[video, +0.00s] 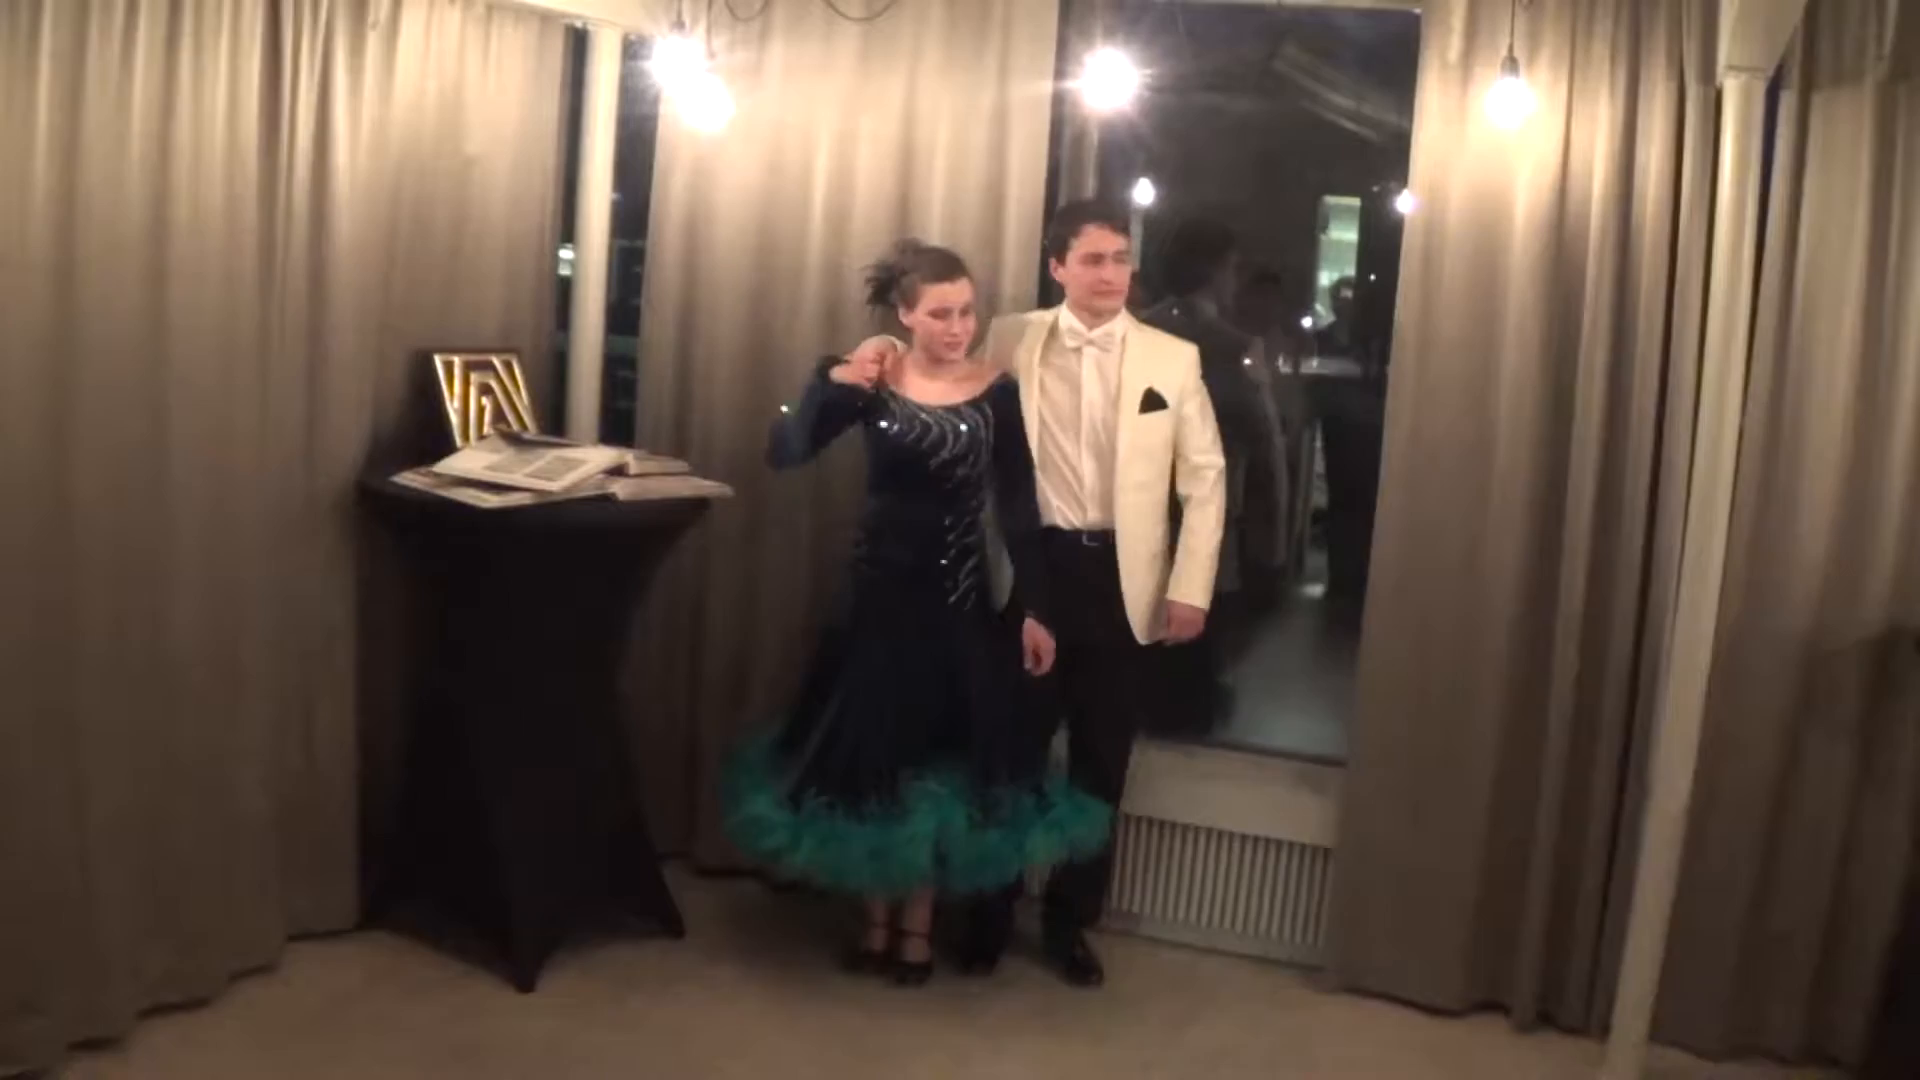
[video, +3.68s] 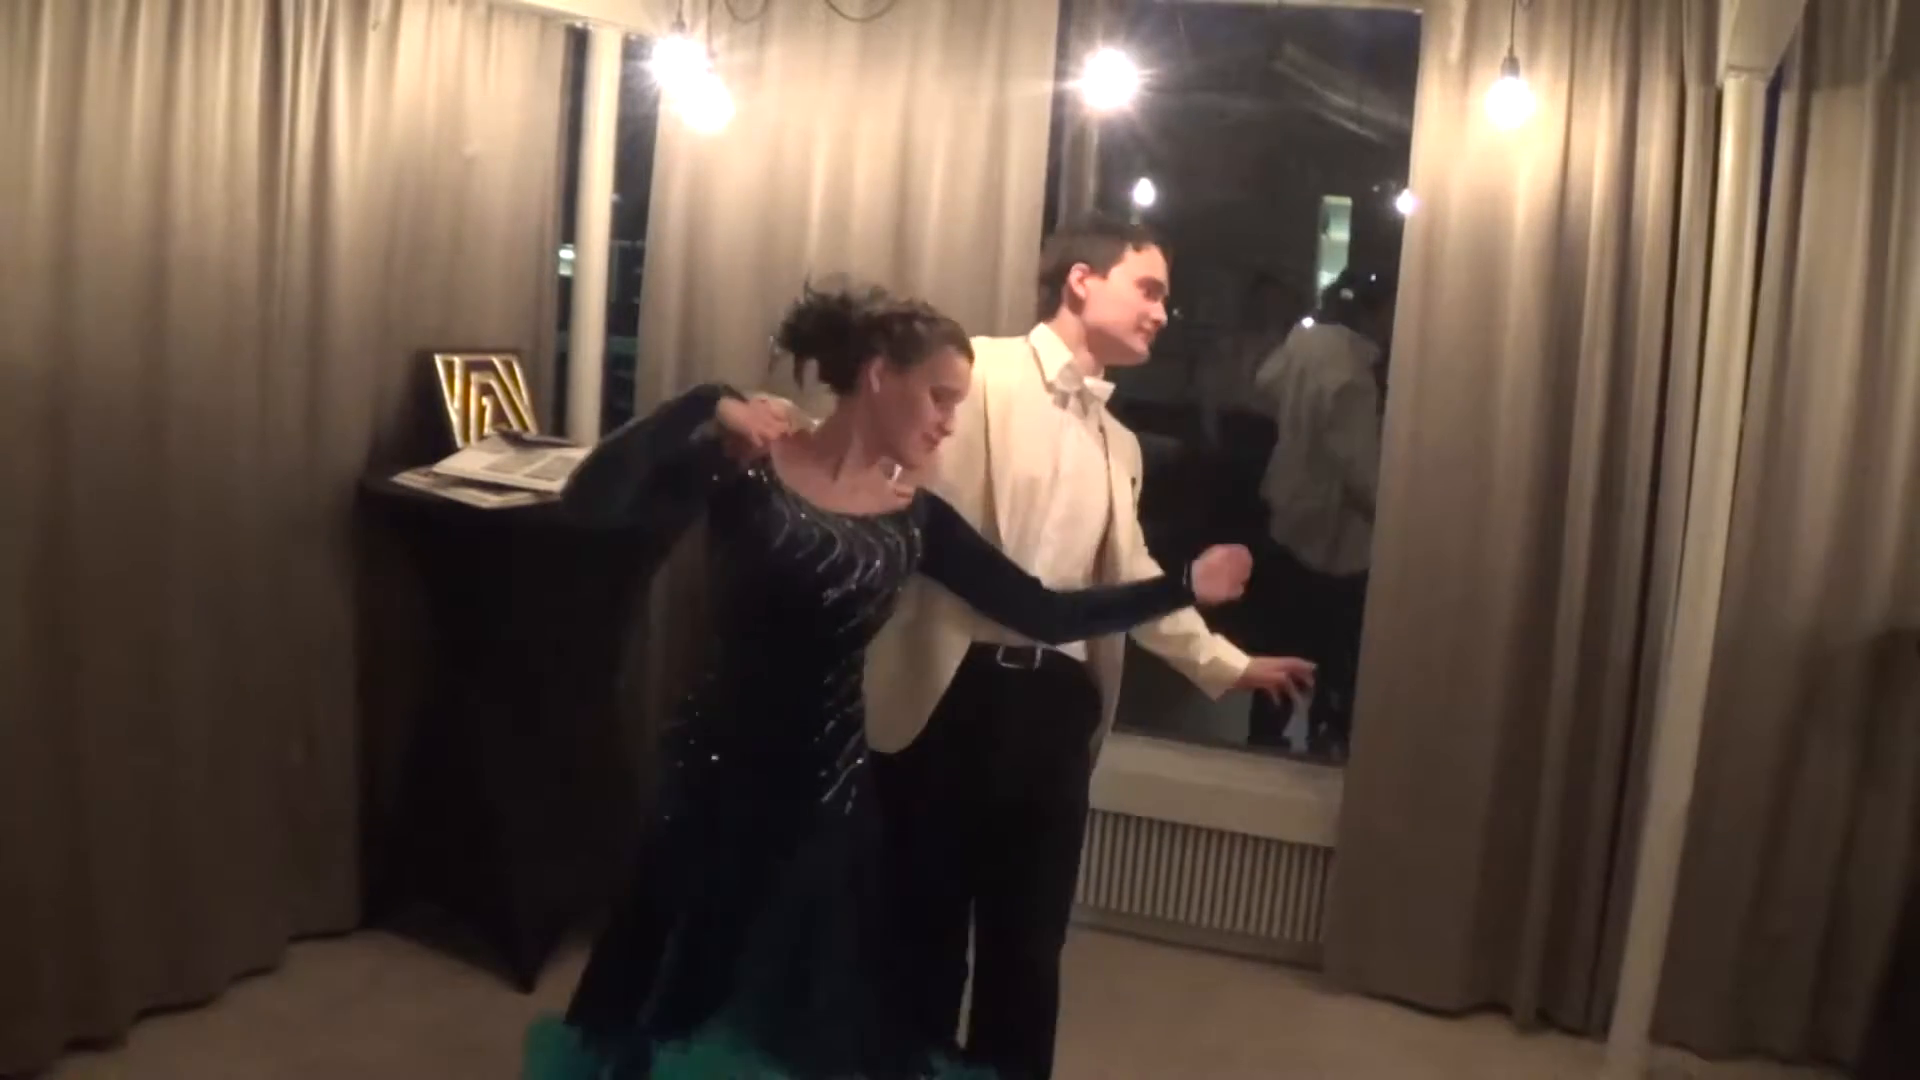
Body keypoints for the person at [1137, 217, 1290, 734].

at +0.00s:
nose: (1236, 281)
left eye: (1235, 269)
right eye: (1232, 269)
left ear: (1166, 266)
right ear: (1217, 273)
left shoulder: (1134, 332)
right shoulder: (1228, 347)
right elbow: (1263, 450)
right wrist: (1269, 548)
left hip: (1137, 499)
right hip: (1205, 508)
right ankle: (1193, 698)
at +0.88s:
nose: (1270, 284)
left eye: (1265, 276)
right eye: (1268, 276)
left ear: (1208, 277)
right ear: (1262, 282)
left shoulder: (1169, 343)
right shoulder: (1284, 356)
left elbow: (1144, 434)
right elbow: (1305, 448)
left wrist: (1142, 500)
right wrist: (1323, 519)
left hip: (1174, 513)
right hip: (1253, 522)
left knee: (1170, 627)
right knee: (1247, 640)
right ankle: (1217, 754)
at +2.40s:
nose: (1347, 301)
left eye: (1345, 291)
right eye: (1345, 292)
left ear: (1293, 289)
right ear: (1335, 295)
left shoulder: (1245, 350)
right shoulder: (1357, 365)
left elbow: (1208, 419)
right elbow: (1370, 452)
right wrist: (1371, 509)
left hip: (1240, 522)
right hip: (1319, 536)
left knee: (1233, 651)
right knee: (1296, 663)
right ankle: (1248, 763)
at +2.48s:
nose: (1351, 314)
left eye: (1349, 305)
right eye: (1348, 305)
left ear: (1299, 307)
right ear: (1336, 308)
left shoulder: (1247, 362)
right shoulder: (1354, 381)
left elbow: (1198, 416)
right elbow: (1363, 479)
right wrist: (1364, 554)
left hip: (1233, 543)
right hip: (1311, 555)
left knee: (1225, 674)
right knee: (1320, 668)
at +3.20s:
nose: (1385, 298)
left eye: (1384, 287)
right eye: (1380, 287)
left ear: (1327, 282)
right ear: (1365, 287)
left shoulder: (1280, 327)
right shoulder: (1376, 348)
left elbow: (1233, 378)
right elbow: (1387, 430)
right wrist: (1385, 503)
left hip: (1263, 490)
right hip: (1336, 499)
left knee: (1269, 622)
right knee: (1331, 636)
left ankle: (1268, 738)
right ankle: (1279, 736)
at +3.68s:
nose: (1394, 323)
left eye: (1395, 311)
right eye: (1392, 312)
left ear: (1342, 296)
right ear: (1379, 309)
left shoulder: (1304, 341)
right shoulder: (1349, 377)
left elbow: (1266, 380)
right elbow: (1361, 467)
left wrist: (1301, 415)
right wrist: (1393, 511)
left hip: (1287, 509)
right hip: (1334, 526)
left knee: (1280, 626)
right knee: (1335, 638)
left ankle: (1266, 733)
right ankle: (1328, 737)